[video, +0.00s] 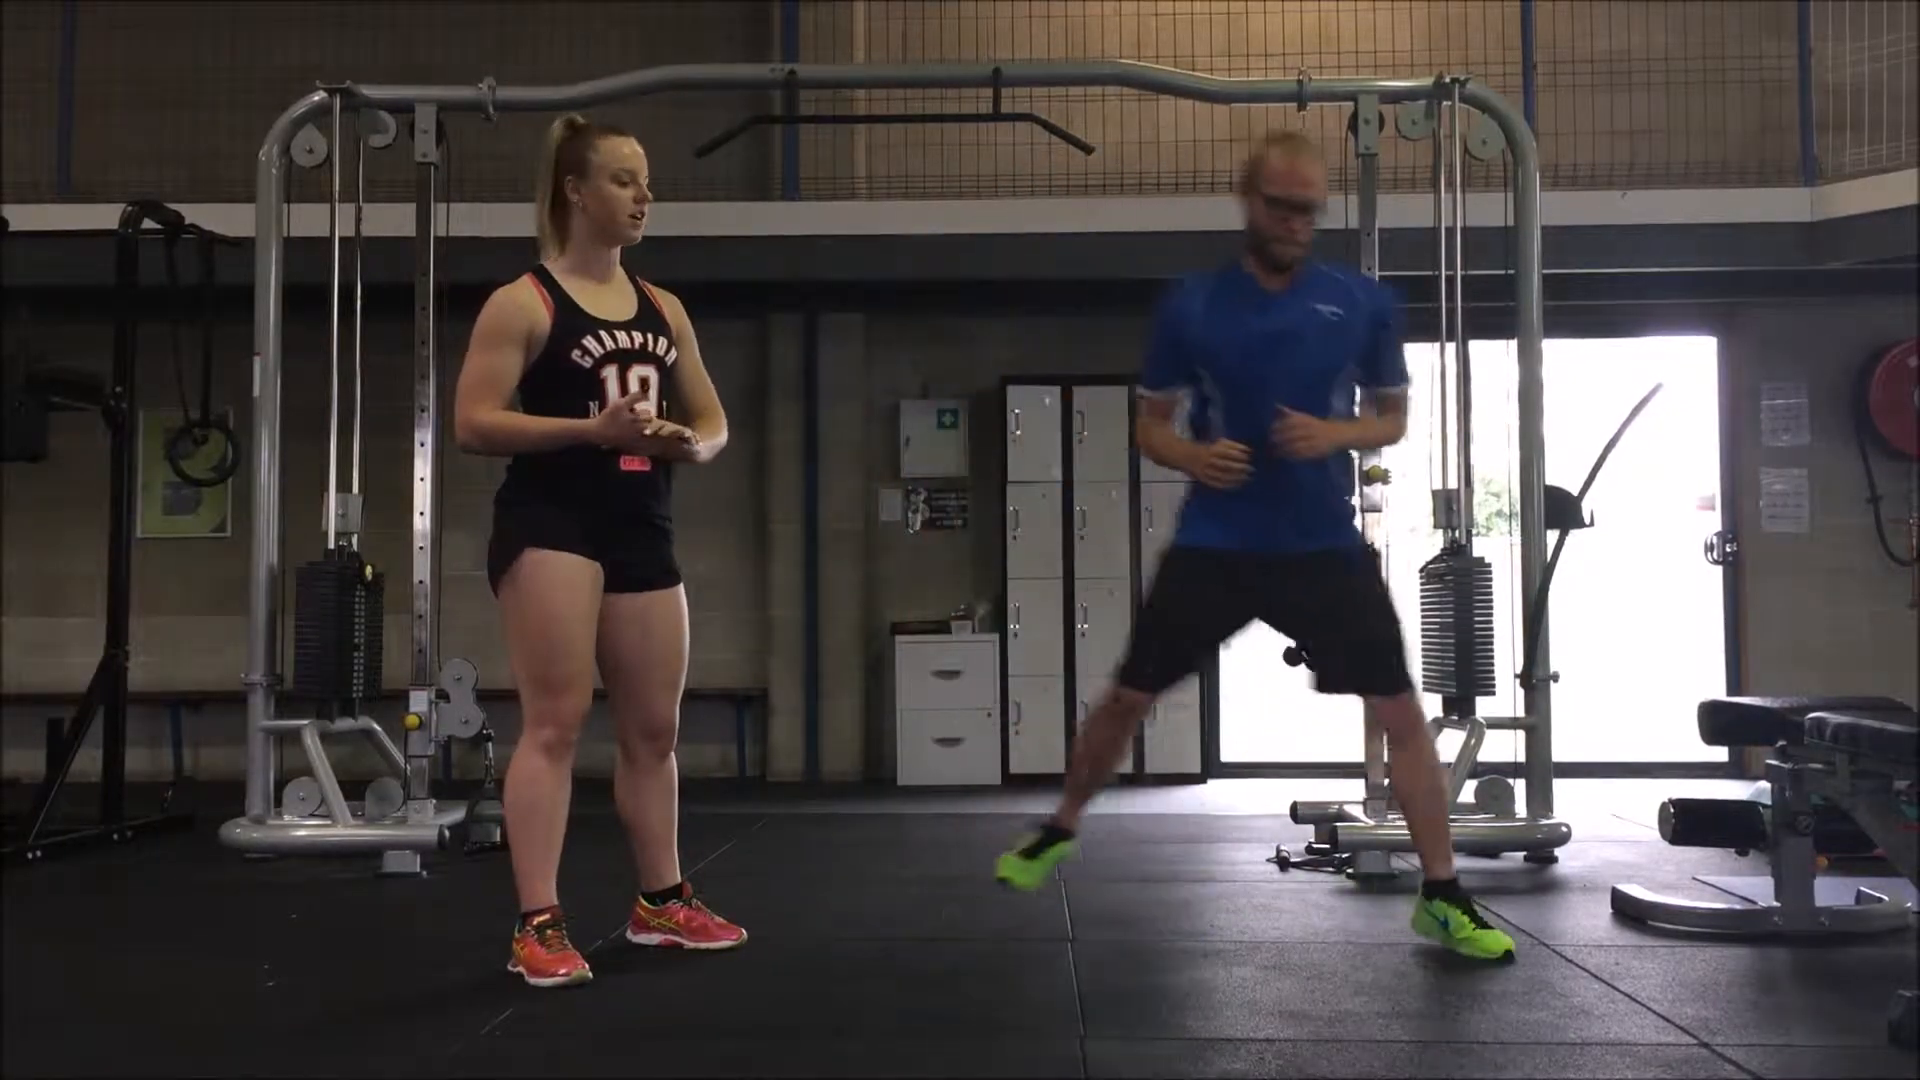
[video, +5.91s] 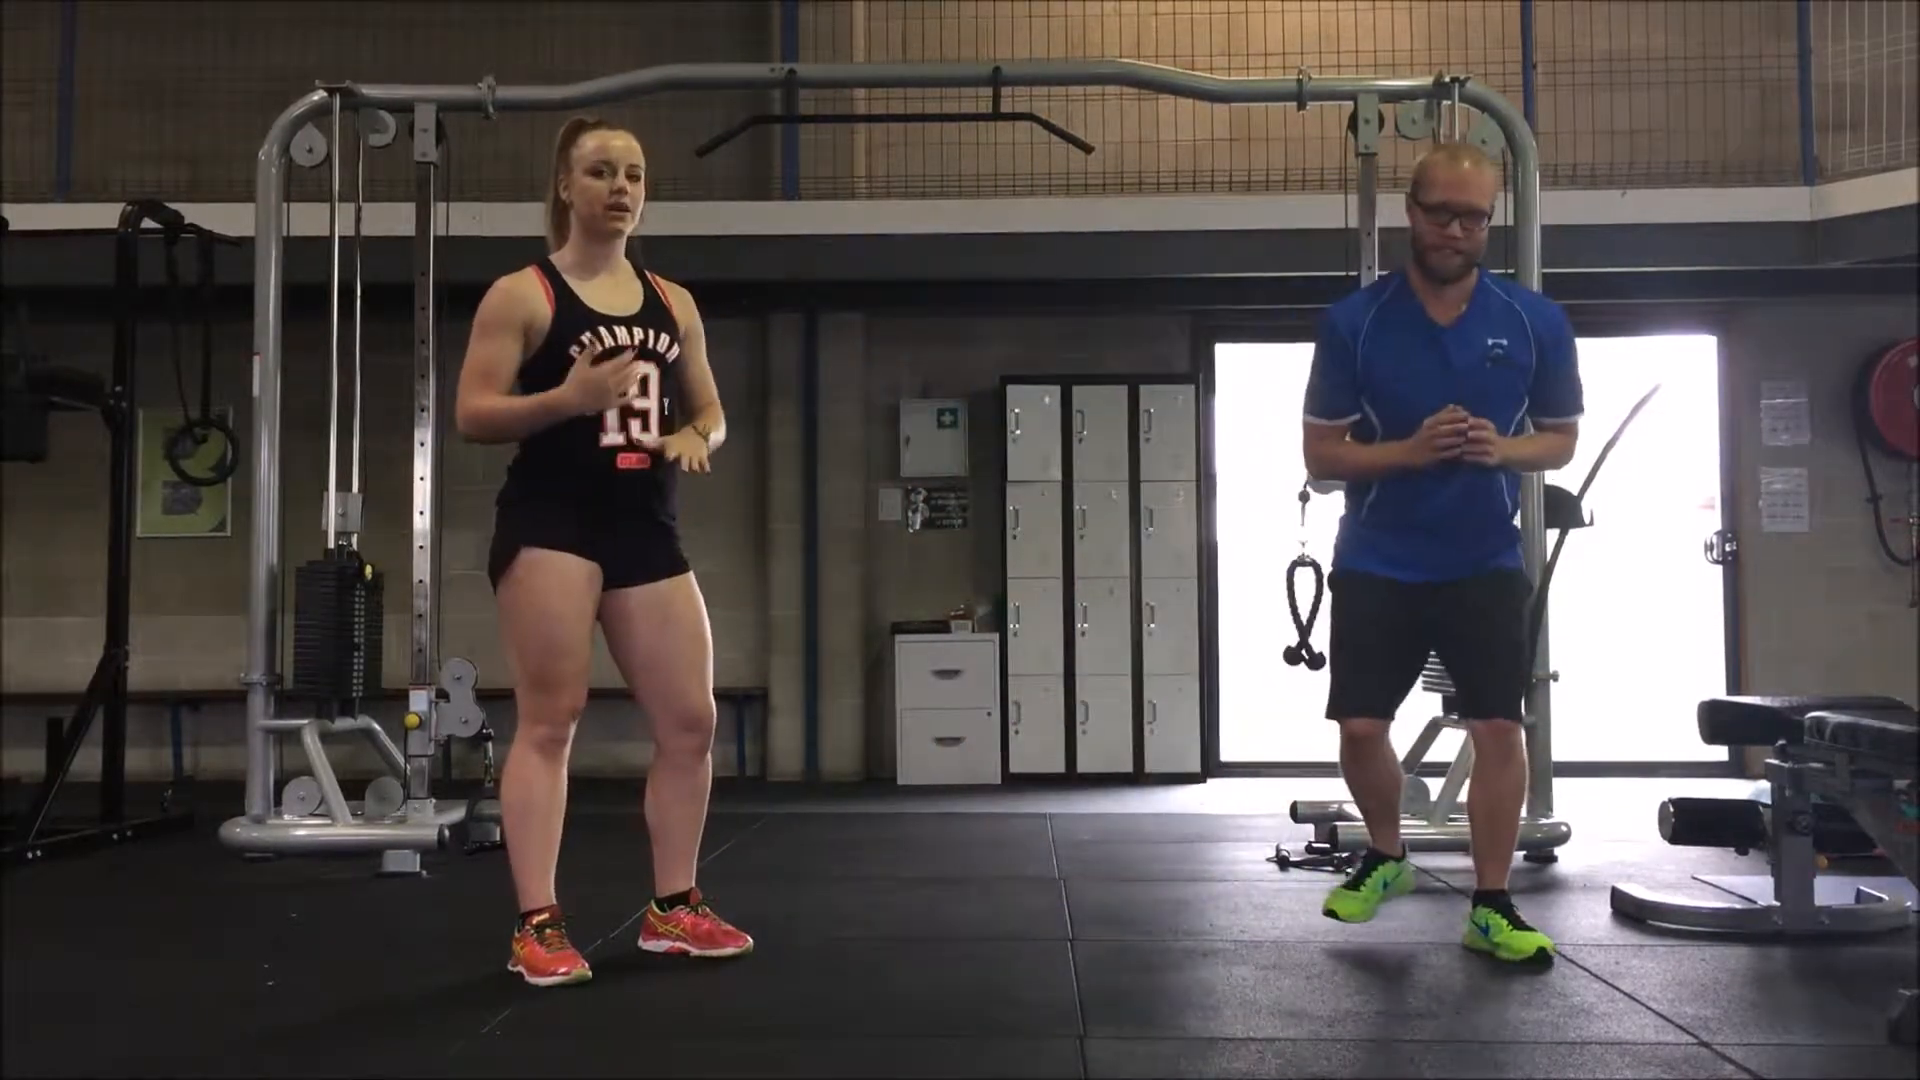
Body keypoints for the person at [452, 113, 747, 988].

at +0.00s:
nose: (643, 197)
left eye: (646, 183)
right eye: (625, 182)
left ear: (638, 198)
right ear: (574, 191)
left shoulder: (662, 308)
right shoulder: (520, 304)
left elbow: (710, 417)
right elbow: (473, 422)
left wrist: (693, 445)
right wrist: (590, 428)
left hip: (643, 533)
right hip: (552, 528)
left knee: (652, 733)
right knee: (552, 725)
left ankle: (662, 901)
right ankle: (538, 925)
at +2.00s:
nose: (575, 180)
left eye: (589, 169)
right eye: (557, 165)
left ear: (603, 189)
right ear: (522, 181)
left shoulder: (635, 303)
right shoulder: (471, 300)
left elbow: (668, 426)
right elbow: (419, 420)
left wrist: (605, 475)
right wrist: (504, 485)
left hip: (613, 527)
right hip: (511, 530)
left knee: (674, 721)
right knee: (537, 723)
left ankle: (652, 884)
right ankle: (539, 926)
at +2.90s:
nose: (644, 182)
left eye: (647, 169)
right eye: (627, 166)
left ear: (633, 183)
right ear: (574, 173)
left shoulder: (660, 293)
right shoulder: (514, 285)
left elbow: (717, 404)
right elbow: (453, 404)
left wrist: (727, 423)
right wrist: (545, 471)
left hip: (641, 530)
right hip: (546, 527)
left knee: (664, 723)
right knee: (546, 725)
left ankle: (674, 904)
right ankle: (540, 926)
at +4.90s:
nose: (631, 183)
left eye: (643, 169)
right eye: (611, 169)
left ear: (658, 187)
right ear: (576, 186)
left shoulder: (684, 303)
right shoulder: (531, 297)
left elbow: (724, 419)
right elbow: (481, 417)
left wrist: (702, 514)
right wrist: (566, 479)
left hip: (655, 533)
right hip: (553, 531)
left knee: (684, 726)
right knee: (546, 726)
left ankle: (674, 907)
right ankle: (538, 925)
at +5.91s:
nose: (619, 186)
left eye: (631, 174)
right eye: (600, 171)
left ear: (645, 194)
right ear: (563, 188)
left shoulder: (671, 302)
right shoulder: (519, 294)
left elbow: (709, 413)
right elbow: (475, 414)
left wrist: (696, 437)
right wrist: (572, 397)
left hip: (647, 531)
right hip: (552, 525)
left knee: (690, 721)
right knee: (549, 719)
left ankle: (674, 907)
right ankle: (538, 924)